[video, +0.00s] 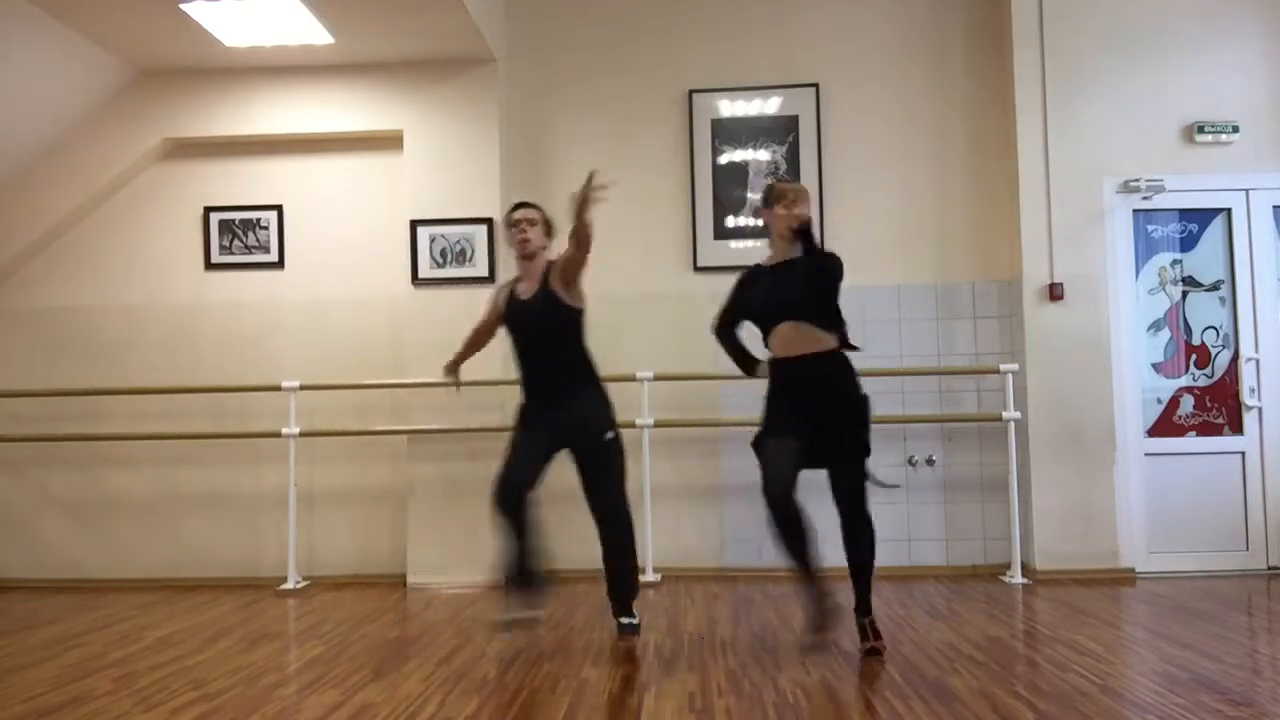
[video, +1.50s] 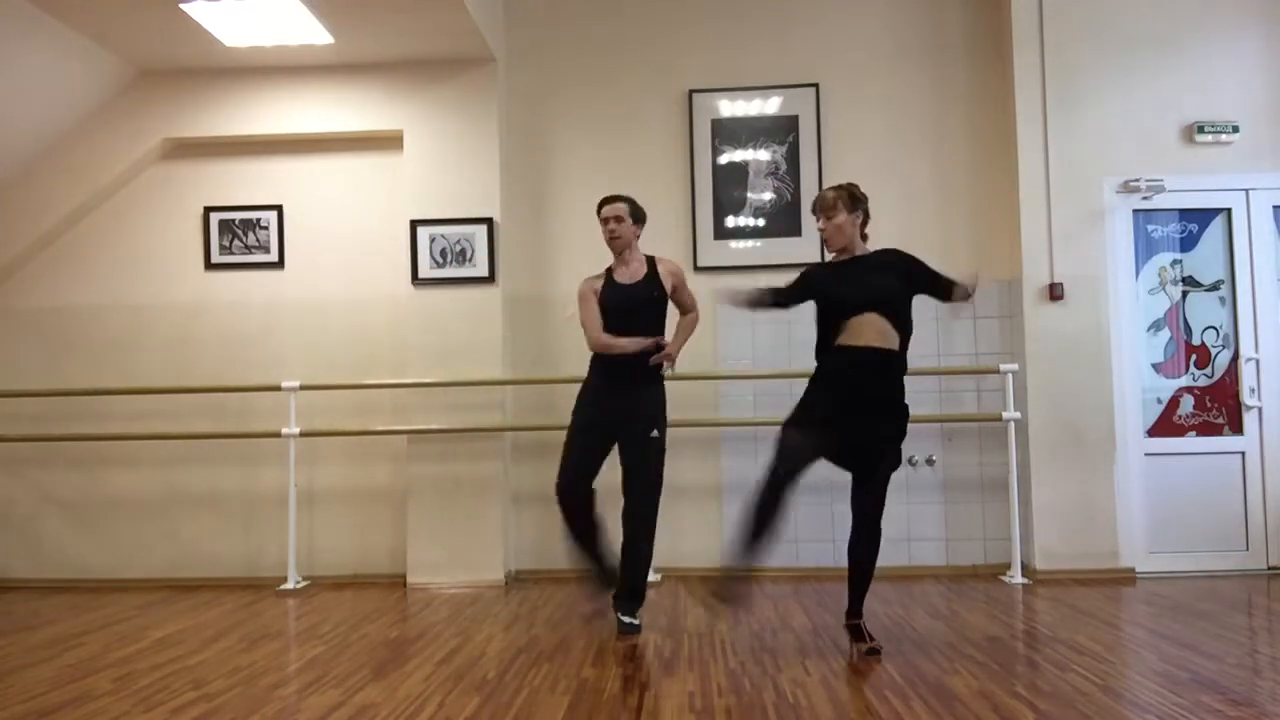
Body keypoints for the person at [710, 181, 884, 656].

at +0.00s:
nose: (795, 211)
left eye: (801, 204)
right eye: (785, 203)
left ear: (809, 216)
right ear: (766, 216)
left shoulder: (825, 265)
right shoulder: (754, 278)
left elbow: (826, 279)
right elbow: (723, 327)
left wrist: (806, 232)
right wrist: (751, 365)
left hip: (836, 388)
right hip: (787, 391)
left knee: (851, 502)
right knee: (777, 492)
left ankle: (864, 612)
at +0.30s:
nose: (831, 219)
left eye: (835, 213)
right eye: (821, 212)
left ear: (840, 224)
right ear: (796, 224)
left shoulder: (854, 273)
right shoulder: (781, 283)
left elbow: (840, 319)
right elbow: (757, 339)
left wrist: (797, 265)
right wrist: (785, 376)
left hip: (873, 393)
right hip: (824, 403)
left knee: (875, 513)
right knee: (862, 516)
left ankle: (865, 614)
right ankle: (932, 607)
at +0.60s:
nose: (849, 218)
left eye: (853, 212)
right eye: (838, 211)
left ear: (857, 222)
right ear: (816, 219)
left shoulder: (868, 264)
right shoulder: (798, 278)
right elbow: (774, 334)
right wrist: (796, 370)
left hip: (884, 388)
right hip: (834, 395)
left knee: (879, 505)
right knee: (858, 496)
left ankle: (865, 615)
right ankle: (940, 543)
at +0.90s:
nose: (847, 222)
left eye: (856, 213)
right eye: (840, 215)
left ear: (875, 218)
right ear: (834, 223)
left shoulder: (898, 277)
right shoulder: (822, 276)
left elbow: (926, 341)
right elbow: (791, 322)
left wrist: (959, 346)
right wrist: (792, 353)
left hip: (874, 387)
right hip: (825, 386)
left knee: (869, 499)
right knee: (839, 488)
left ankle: (868, 613)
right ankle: (871, 586)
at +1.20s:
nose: (832, 221)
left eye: (841, 212)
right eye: (829, 214)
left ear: (870, 215)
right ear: (831, 218)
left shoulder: (904, 263)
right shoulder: (820, 274)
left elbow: (971, 270)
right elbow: (758, 301)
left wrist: (1010, 218)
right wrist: (727, 260)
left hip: (884, 392)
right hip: (829, 381)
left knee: (870, 508)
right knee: (748, 383)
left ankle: (864, 614)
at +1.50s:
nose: (824, 225)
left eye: (833, 215)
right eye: (821, 217)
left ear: (859, 218)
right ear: (820, 223)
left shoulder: (896, 262)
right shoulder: (820, 275)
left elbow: (949, 291)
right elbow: (782, 297)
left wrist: (963, 289)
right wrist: (740, 297)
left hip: (883, 394)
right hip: (830, 388)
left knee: (868, 513)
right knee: (781, 472)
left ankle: (855, 616)